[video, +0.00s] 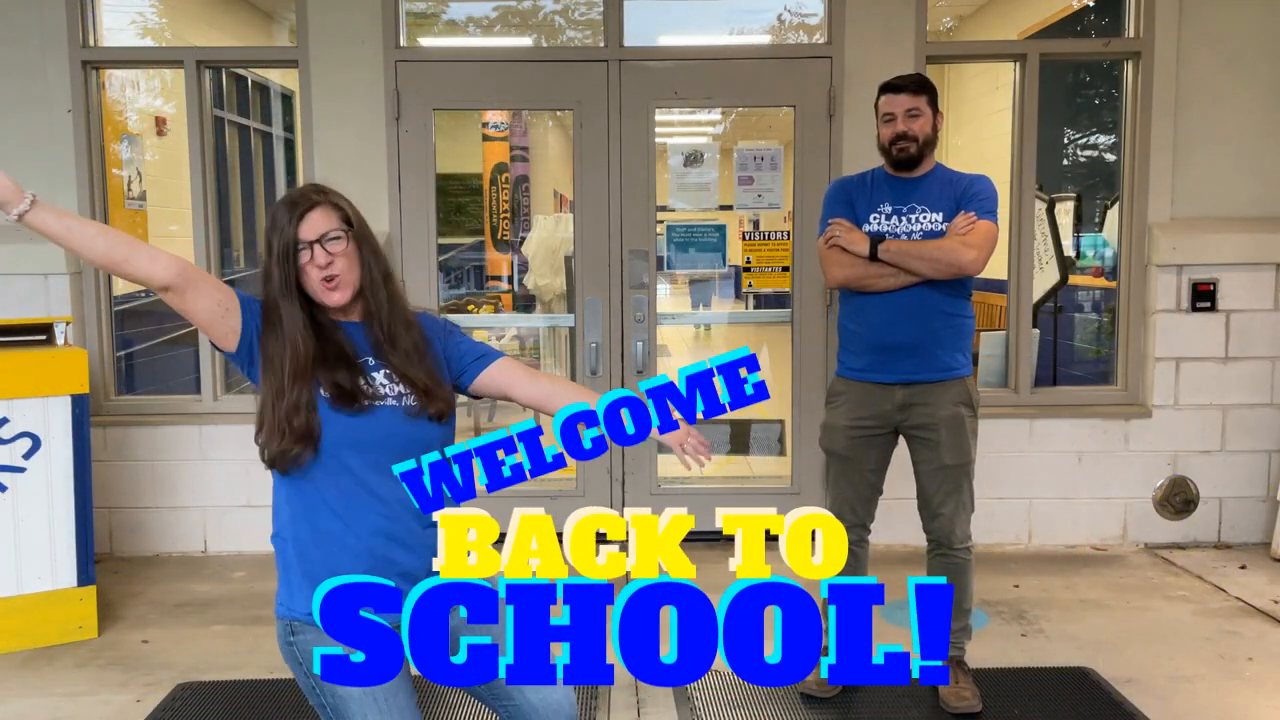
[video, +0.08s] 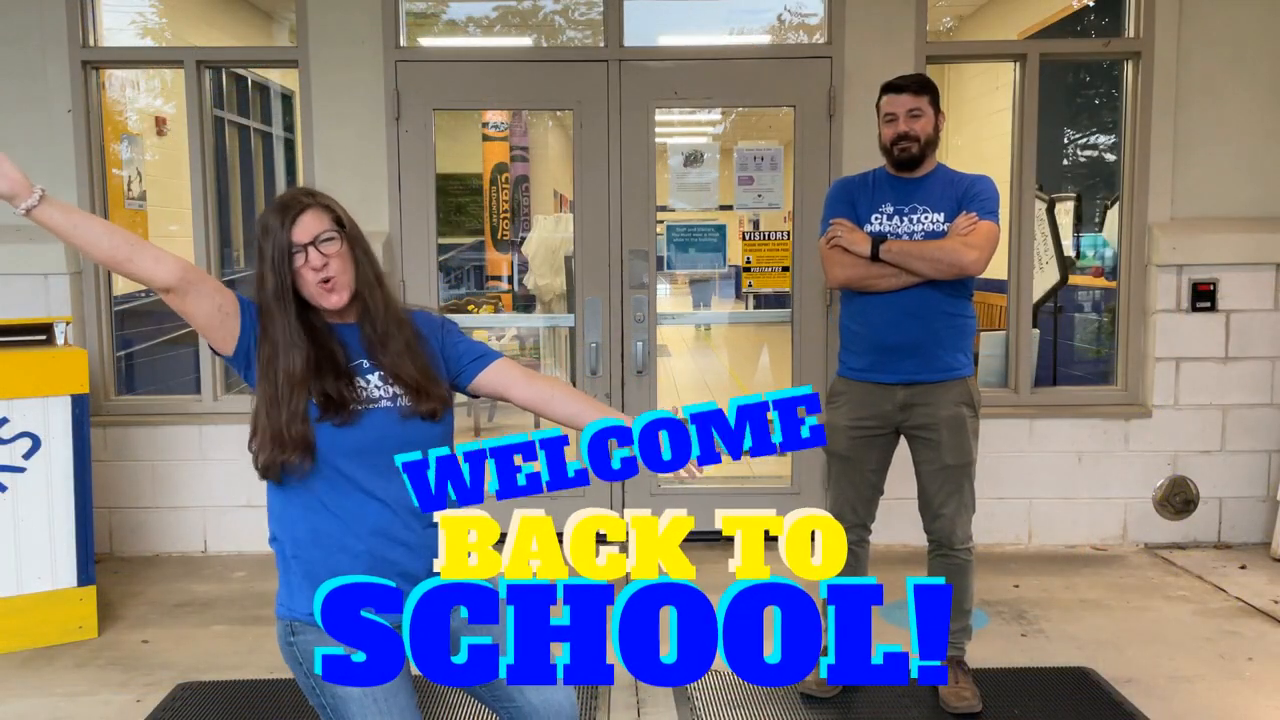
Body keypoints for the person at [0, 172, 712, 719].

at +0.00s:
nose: (321, 259)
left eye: (332, 241)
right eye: (304, 251)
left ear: (363, 247)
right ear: (288, 269)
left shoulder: (420, 338)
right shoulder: (276, 340)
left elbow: (539, 389)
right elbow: (165, 273)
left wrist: (652, 417)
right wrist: (37, 214)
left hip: (445, 599)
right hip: (337, 618)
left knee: (560, 689)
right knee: (384, 718)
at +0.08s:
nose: (317, 263)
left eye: (325, 244)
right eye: (298, 255)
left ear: (353, 244)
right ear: (281, 272)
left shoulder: (418, 334)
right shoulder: (273, 340)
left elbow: (539, 391)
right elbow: (161, 273)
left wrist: (648, 441)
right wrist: (33, 202)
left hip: (441, 598)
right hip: (334, 615)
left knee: (566, 692)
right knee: (381, 715)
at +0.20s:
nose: (314, 261)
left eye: (323, 243)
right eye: (295, 254)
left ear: (352, 247)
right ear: (278, 273)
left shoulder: (415, 333)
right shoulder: (271, 343)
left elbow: (531, 388)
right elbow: (163, 275)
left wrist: (633, 427)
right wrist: (37, 203)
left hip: (442, 588)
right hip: (335, 604)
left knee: (553, 691)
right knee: (385, 710)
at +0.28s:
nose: (314, 262)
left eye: (323, 244)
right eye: (295, 254)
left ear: (351, 247)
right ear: (278, 272)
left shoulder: (416, 335)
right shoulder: (271, 342)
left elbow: (528, 385)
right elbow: (160, 275)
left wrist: (631, 422)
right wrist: (34, 202)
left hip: (444, 590)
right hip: (336, 605)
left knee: (553, 688)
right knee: (383, 712)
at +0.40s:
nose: (315, 261)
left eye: (324, 243)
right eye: (296, 253)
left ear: (351, 246)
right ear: (278, 270)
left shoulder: (412, 334)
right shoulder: (270, 338)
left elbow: (529, 385)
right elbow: (163, 275)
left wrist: (637, 418)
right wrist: (35, 199)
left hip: (437, 593)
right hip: (330, 607)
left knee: (563, 675)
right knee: (373, 708)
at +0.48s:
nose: (319, 260)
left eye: (328, 242)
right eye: (300, 253)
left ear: (355, 245)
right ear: (280, 271)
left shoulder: (412, 334)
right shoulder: (269, 339)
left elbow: (527, 385)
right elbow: (161, 271)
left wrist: (638, 419)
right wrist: (34, 196)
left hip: (441, 589)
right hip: (332, 605)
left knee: (556, 696)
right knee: (379, 711)